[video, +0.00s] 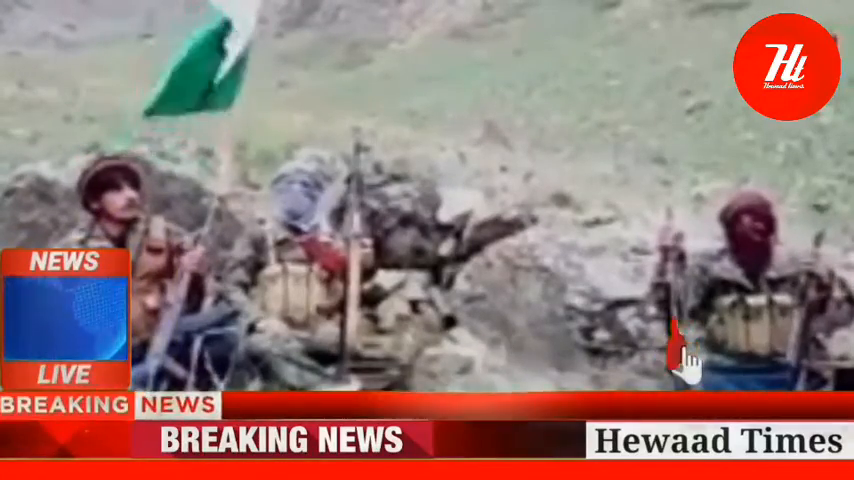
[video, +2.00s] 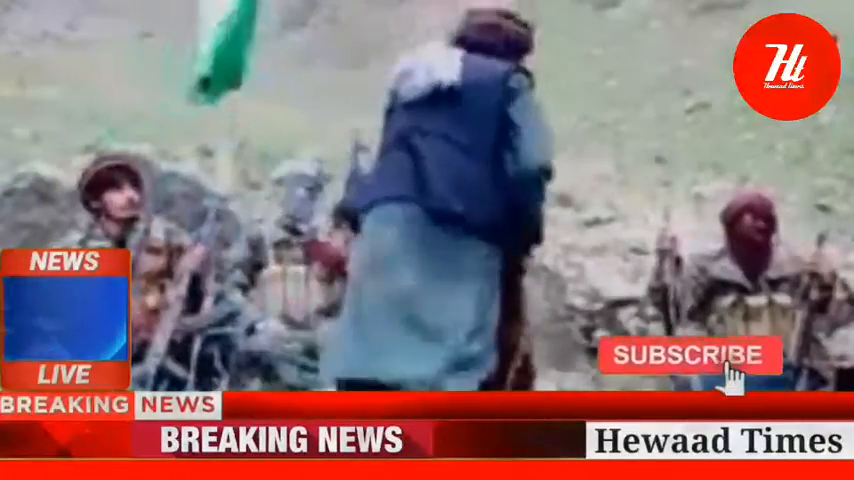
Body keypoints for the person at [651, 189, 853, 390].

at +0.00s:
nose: (760, 226)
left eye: (766, 220)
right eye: (751, 217)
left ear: (773, 228)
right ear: (732, 224)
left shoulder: (794, 271)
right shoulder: (706, 269)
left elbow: (841, 314)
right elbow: (673, 310)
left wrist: (824, 296)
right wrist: (668, 265)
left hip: (782, 374)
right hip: (721, 374)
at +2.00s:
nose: (763, 226)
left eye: (768, 220)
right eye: (754, 217)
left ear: (774, 227)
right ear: (732, 223)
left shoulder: (795, 270)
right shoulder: (703, 269)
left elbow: (832, 319)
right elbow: (676, 313)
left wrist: (828, 290)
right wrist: (667, 269)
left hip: (787, 374)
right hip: (720, 375)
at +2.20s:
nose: (762, 225)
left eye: (767, 219)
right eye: (753, 217)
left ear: (773, 226)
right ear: (731, 224)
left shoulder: (794, 269)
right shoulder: (703, 268)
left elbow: (831, 319)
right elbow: (675, 314)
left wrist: (827, 288)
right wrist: (665, 267)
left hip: (786, 377)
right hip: (720, 378)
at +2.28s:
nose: (763, 225)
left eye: (767, 218)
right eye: (753, 217)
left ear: (773, 226)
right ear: (731, 224)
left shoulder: (795, 269)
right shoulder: (703, 268)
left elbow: (837, 318)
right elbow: (674, 312)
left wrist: (826, 289)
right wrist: (665, 267)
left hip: (786, 376)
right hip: (719, 377)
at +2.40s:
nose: (761, 224)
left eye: (765, 218)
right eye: (752, 216)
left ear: (773, 225)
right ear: (732, 224)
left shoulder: (794, 268)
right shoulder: (704, 268)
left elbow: (836, 319)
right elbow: (675, 311)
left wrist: (826, 290)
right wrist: (665, 267)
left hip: (787, 376)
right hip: (720, 376)